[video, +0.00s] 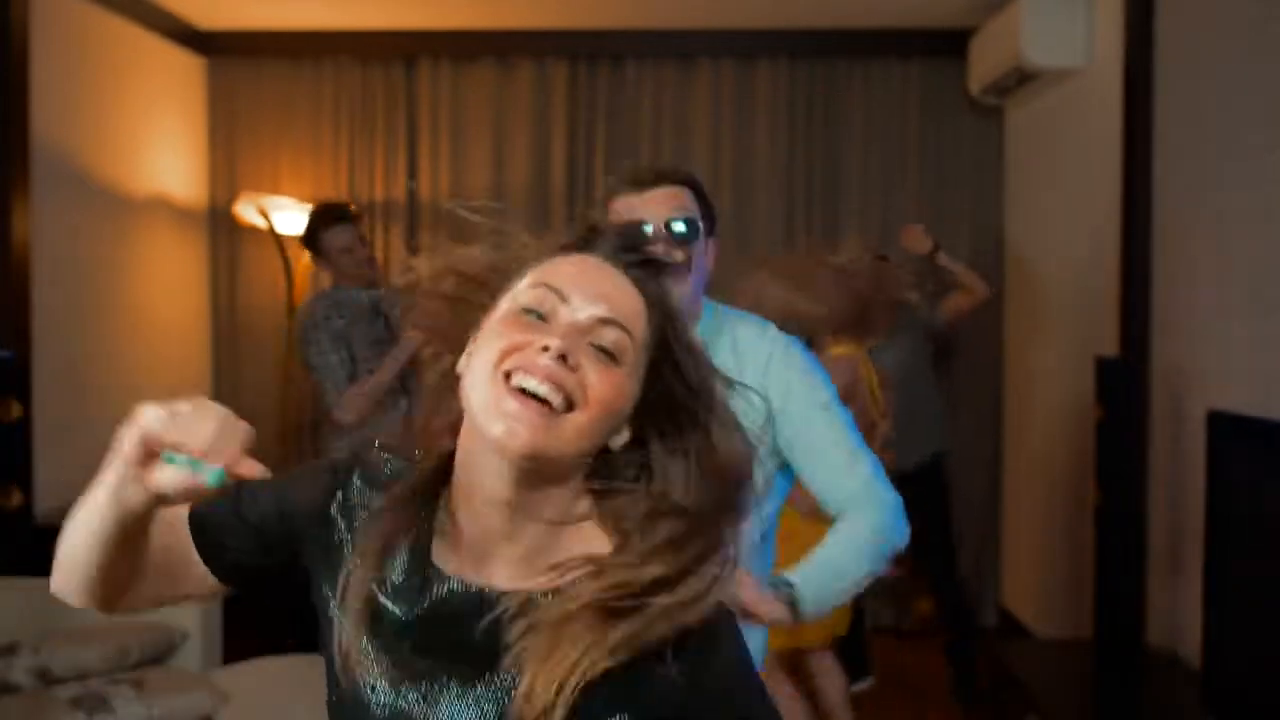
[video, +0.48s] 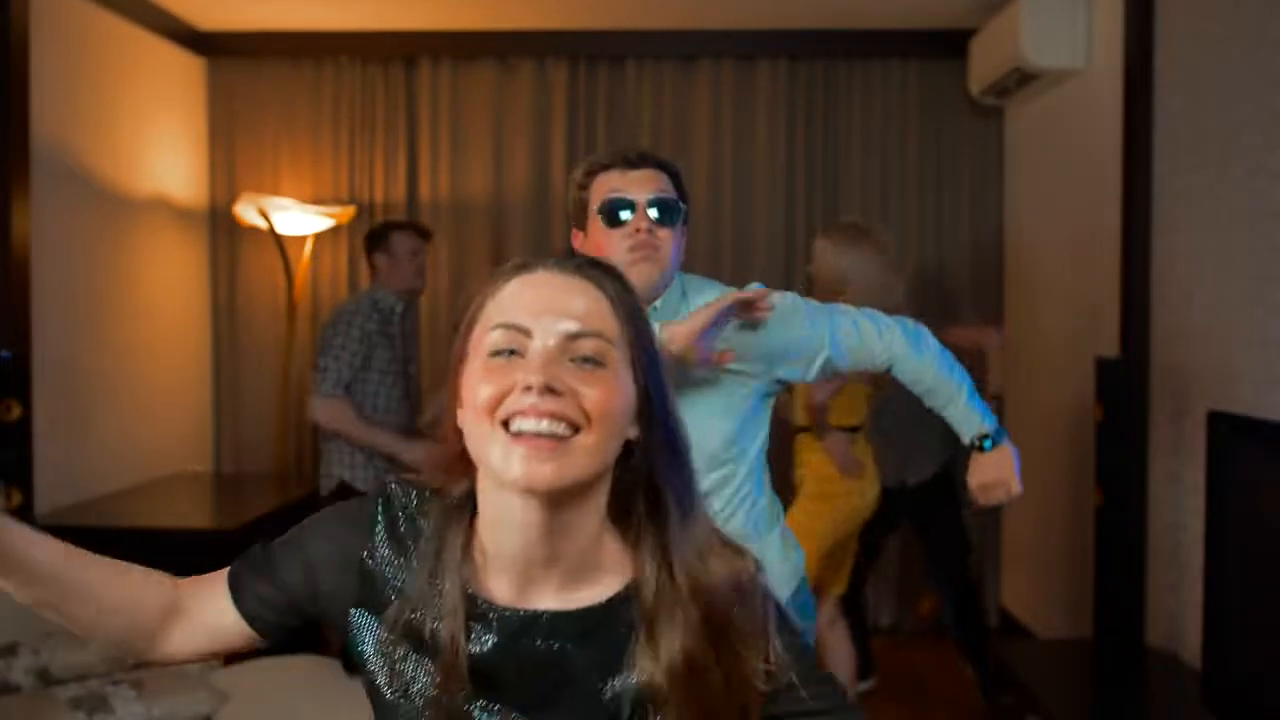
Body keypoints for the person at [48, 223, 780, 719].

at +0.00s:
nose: (559, 345)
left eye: (607, 349)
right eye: (537, 312)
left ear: (626, 427)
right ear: (472, 347)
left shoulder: (664, 625)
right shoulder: (353, 509)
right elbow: (94, 585)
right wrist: (126, 485)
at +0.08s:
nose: (545, 368)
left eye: (594, 364)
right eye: (520, 335)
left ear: (623, 436)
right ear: (461, 371)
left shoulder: (673, 639)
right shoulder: (367, 544)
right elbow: (99, 619)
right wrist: (171, 518)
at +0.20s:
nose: (538, 402)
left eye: (588, 391)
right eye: (513, 369)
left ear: (625, 457)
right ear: (457, 409)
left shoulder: (676, 646)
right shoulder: (364, 552)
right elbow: (116, 653)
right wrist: (157, 561)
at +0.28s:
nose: (537, 416)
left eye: (585, 401)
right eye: (511, 381)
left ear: (628, 459)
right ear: (456, 414)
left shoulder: (682, 663)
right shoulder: (365, 562)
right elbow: (130, 646)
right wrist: (121, 561)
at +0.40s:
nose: (539, 403)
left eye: (586, 385)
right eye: (509, 370)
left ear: (634, 439)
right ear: (459, 410)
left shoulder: (705, 637)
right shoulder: (362, 560)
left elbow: (791, 711)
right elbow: (158, 627)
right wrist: (50, 540)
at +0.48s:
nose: (540, 377)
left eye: (584, 355)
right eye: (507, 347)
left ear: (636, 412)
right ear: (460, 398)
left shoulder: (716, 608)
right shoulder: (367, 549)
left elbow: (823, 707)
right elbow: (165, 618)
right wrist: (0, 534)